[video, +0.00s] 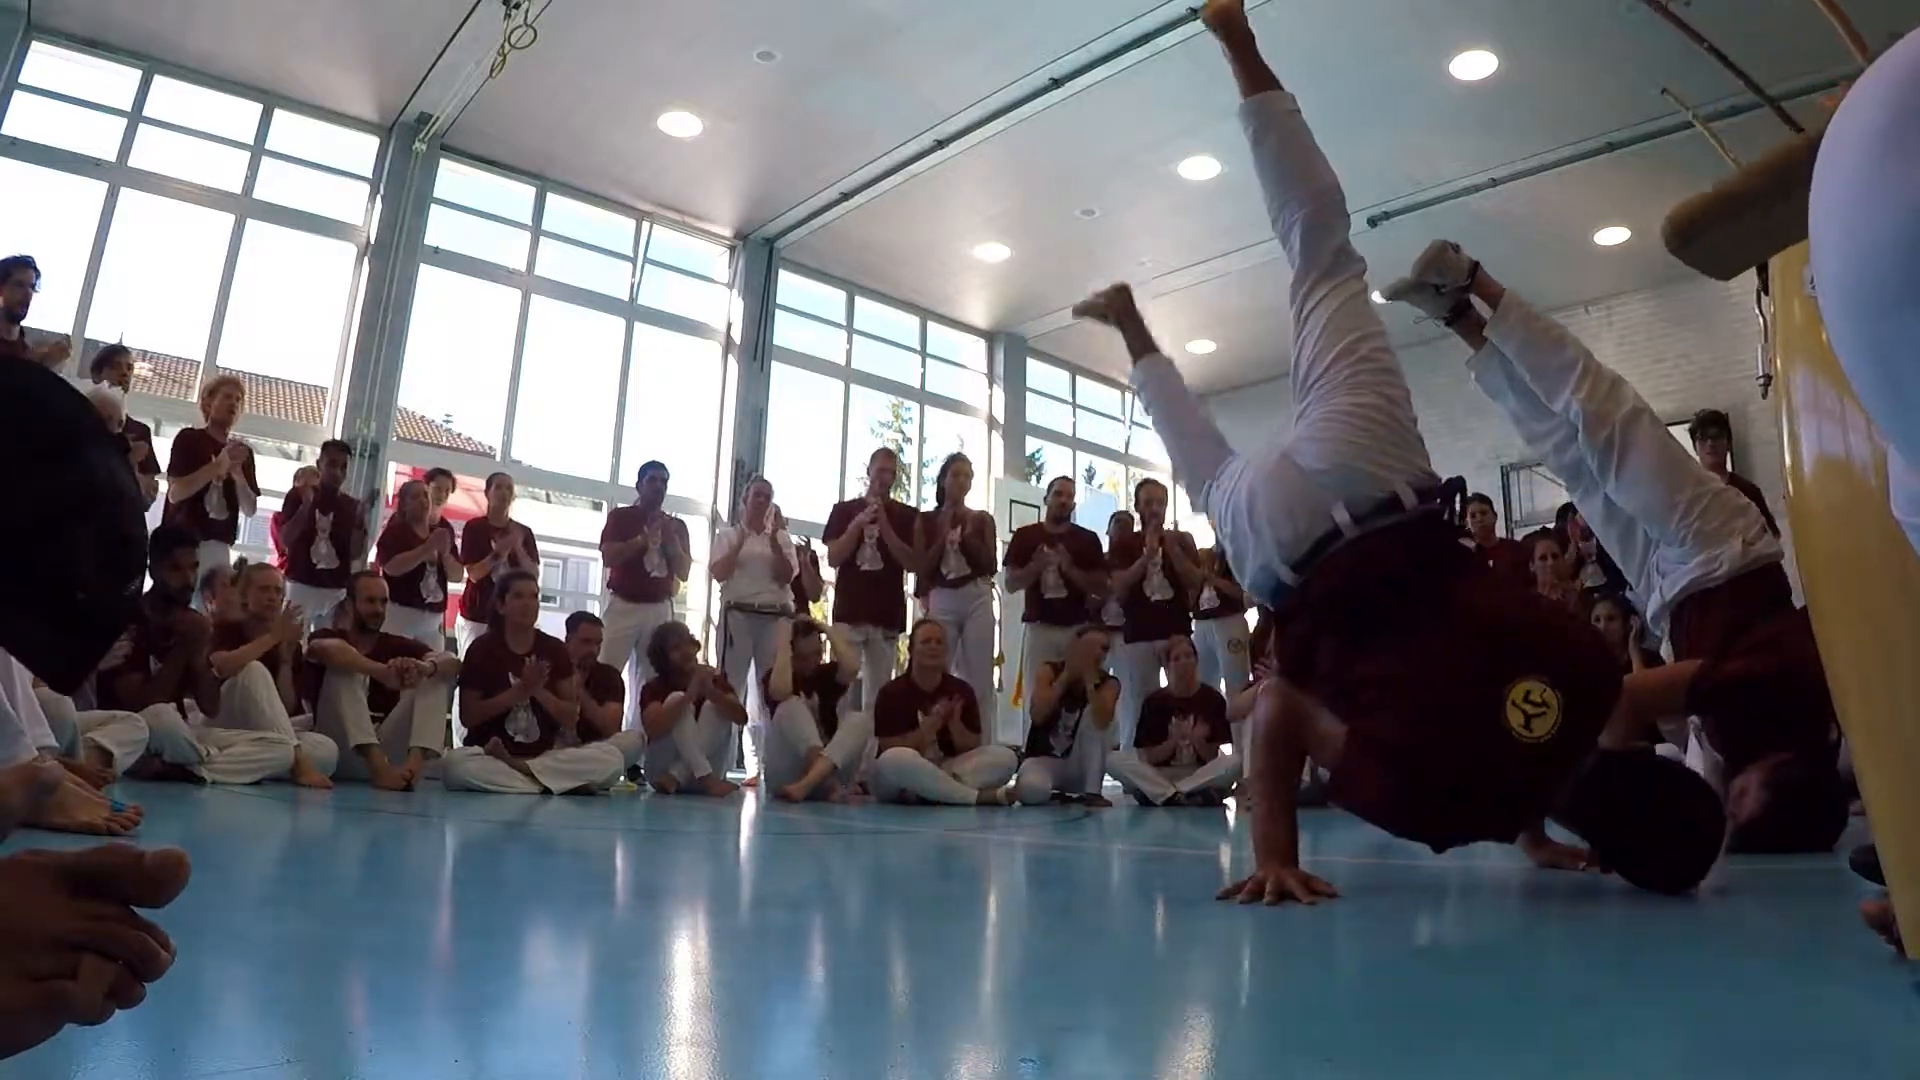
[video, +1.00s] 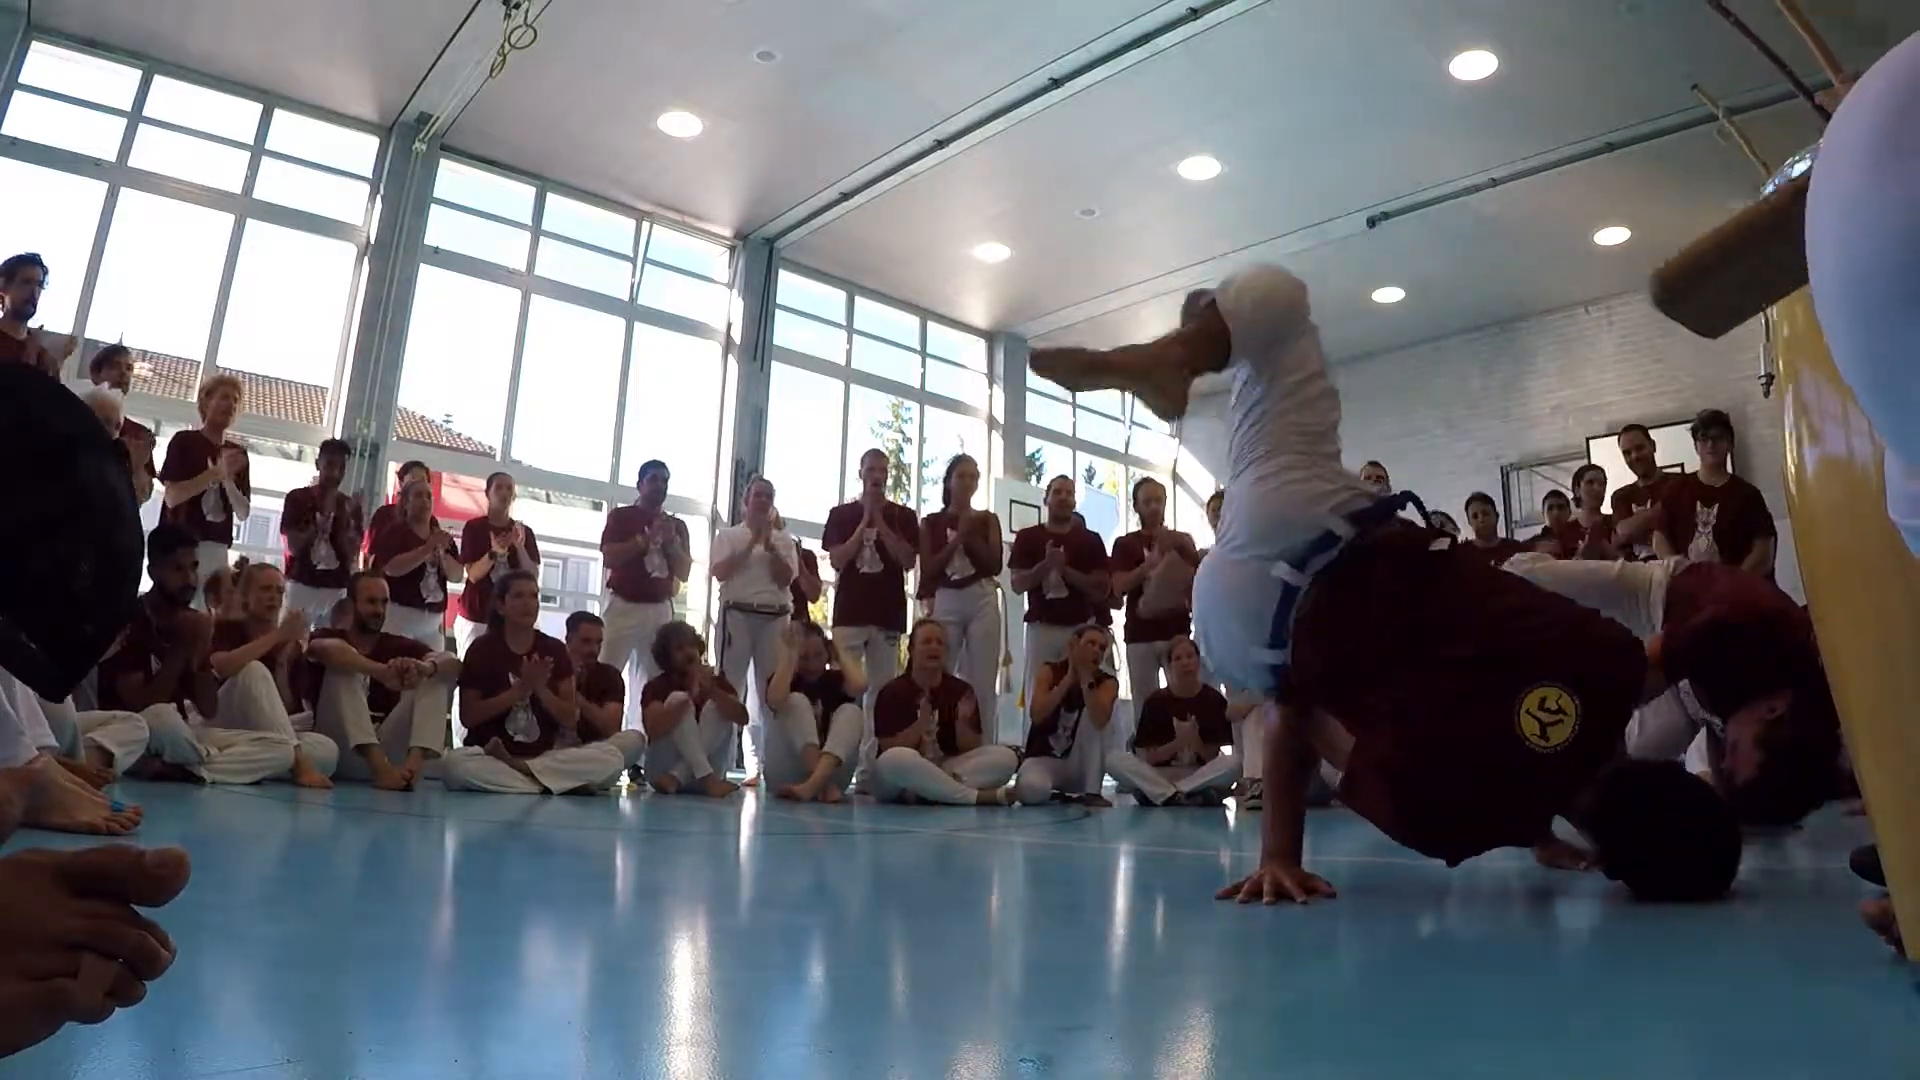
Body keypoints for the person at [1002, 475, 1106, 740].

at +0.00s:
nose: (1065, 500)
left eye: (1070, 496)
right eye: (1059, 494)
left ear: (1075, 502)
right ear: (1047, 497)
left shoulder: (1088, 538)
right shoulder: (1025, 536)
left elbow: (1100, 587)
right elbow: (1011, 584)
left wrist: (1068, 567)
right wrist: (1037, 565)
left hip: (1077, 630)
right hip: (1040, 629)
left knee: (1078, 701)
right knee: (1036, 700)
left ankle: (1076, 763)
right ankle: (1034, 761)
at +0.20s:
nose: (1061, 499)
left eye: (1067, 495)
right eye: (1056, 493)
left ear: (1073, 502)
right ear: (1044, 497)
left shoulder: (1087, 539)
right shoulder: (1022, 537)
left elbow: (1100, 586)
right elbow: (1011, 586)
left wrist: (1058, 570)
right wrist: (1040, 566)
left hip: (1077, 630)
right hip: (1039, 629)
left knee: (1078, 702)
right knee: (1035, 703)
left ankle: (1076, 768)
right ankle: (1035, 766)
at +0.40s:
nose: (1062, 499)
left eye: (1067, 495)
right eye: (1056, 493)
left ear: (1073, 502)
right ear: (1044, 497)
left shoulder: (1085, 539)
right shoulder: (1023, 538)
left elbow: (1097, 584)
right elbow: (1009, 586)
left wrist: (1064, 568)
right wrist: (1029, 570)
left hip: (1076, 629)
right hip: (1039, 629)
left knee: (1076, 701)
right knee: (1035, 700)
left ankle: (1073, 765)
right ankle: (1035, 763)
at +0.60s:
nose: (1062, 499)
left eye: (1068, 495)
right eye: (1057, 493)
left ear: (1073, 503)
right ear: (1044, 498)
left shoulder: (1085, 537)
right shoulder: (1024, 537)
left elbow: (1099, 586)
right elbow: (1013, 586)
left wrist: (1059, 569)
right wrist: (1041, 567)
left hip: (1078, 629)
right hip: (1039, 629)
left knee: (1078, 703)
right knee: (1036, 703)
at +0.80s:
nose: (1062, 499)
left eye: (1068, 495)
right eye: (1057, 494)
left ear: (1074, 501)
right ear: (1045, 499)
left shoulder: (1089, 540)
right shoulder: (1026, 538)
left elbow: (1101, 589)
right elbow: (1011, 587)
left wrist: (1074, 566)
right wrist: (1030, 567)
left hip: (1082, 631)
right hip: (1041, 630)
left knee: (1082, 705)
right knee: (1037, 704)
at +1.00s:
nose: (1064, 497)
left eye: (1069, 493)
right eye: (1058, 492)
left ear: (1075, 500)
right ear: (1047, 498)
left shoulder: (1091, 540)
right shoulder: (1027, 537)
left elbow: (1101, 589)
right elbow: (1018, 584)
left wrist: (1063, 569)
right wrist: (1047, 564)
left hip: (1082, 629)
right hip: (1042, 629)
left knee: (1082, 702)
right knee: (1038, 701)